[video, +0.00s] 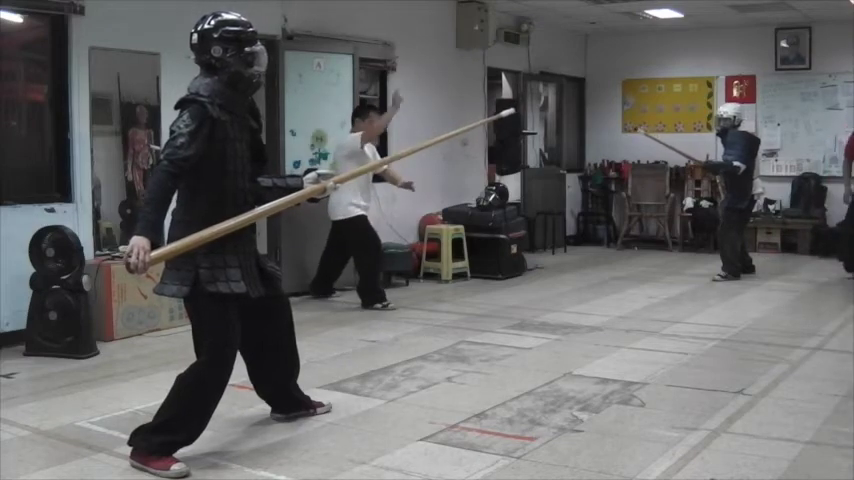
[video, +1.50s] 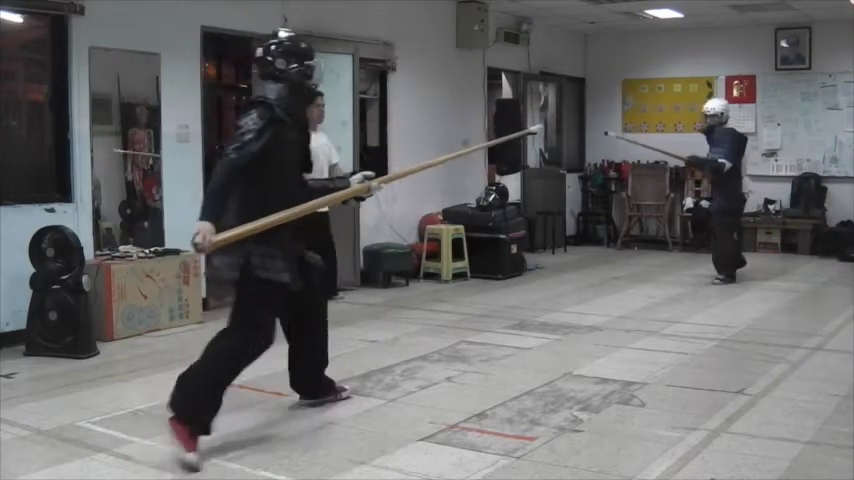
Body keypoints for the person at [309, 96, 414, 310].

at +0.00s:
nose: (379, 127)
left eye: (380, 123)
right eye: (376, 122)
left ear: (367, 123)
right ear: (363, 123)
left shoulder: (369, 150)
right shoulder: (347, 143)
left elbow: (384, 169)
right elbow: (374, 130)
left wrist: (400, 182)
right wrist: (393, 111)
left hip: (355, 208)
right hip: (345, 208)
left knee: (337, 251)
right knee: (370, 247)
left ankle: (320, 287)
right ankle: (371, 298)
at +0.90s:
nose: (369, 118)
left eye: (369, 115)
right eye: (363, 115)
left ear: (367, 119)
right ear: (349, 119)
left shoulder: (361, 147)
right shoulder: (348, 140)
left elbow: (377, 173)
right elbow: (372, 145)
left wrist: (397, 187)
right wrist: (397, 132)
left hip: (351, 208)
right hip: (345, 208)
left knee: (356, 247)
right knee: (372, 244)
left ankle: (327, 282)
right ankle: (372, 297)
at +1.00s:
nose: (361, 118)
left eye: (362, 114)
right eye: (356, 114)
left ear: (362, 120)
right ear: (342, 120)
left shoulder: (346, 143)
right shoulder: (344, 144)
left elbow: (364, 175)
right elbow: (363, 172)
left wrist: (387, 186)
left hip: (344, 208)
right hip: (344, 208)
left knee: (357, 250)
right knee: (368, 247)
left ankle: (330, 283)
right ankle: (372, 298)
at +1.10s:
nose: (353, 116)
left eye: (354, 112)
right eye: (348, 112)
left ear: (354, 117)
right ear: (335, 118)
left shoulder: (350, 145)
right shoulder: (331, 144)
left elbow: (359, 179)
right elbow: (327, 179)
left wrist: (373, 204)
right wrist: (337, 210)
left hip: (351, 210)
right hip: (336, 211)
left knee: (350, 254)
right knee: (356, 254)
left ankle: (326, 289)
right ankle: (371, 297)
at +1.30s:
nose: (340, 111)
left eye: (341, 107)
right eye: (335, 107)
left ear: (340, 111)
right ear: (322, 112)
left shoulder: (342, 139)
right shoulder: (313, 137)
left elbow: (344, 169)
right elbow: (300, 169)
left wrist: (348, 190)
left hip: (337, 202)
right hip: (316, 203)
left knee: (335, 247)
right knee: (328, 247)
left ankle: (321, 289)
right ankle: (337, 293)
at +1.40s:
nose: (331, 110)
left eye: (332, 106)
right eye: (326, 106)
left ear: (331, 109)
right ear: (313, 110)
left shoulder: (331, 136)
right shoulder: (306, 136)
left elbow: (334, 164)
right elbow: (299, 165)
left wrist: (338, 185)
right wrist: (300, 190)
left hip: (328, 189)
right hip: (311, 191)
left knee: (331, 240)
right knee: (317, 242)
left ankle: (332, 285)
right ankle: (318, 288)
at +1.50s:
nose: (322, 112)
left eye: (323, 107)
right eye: (317, 107)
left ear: (322, 110)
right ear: (304, 110)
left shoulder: (322, 139)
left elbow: (335, 171)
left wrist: (355, 180)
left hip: (320, 208)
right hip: (298, 209)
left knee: (325, 250)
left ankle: (328, 289)